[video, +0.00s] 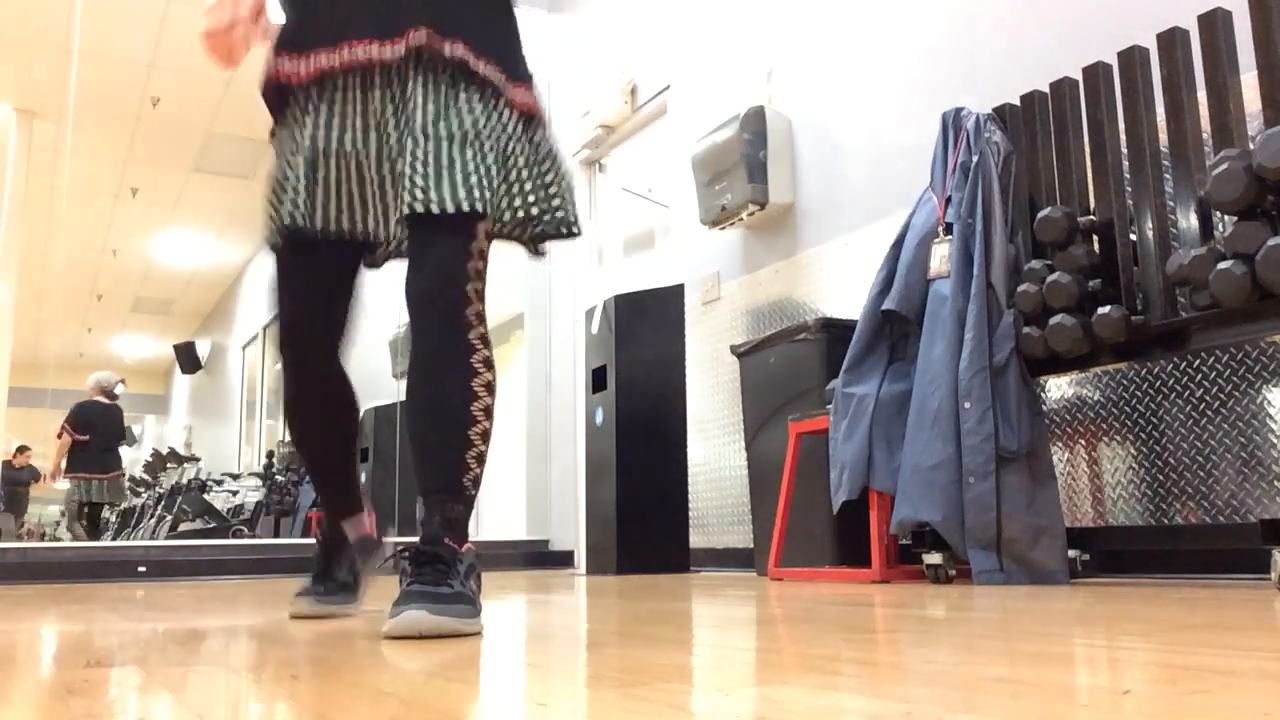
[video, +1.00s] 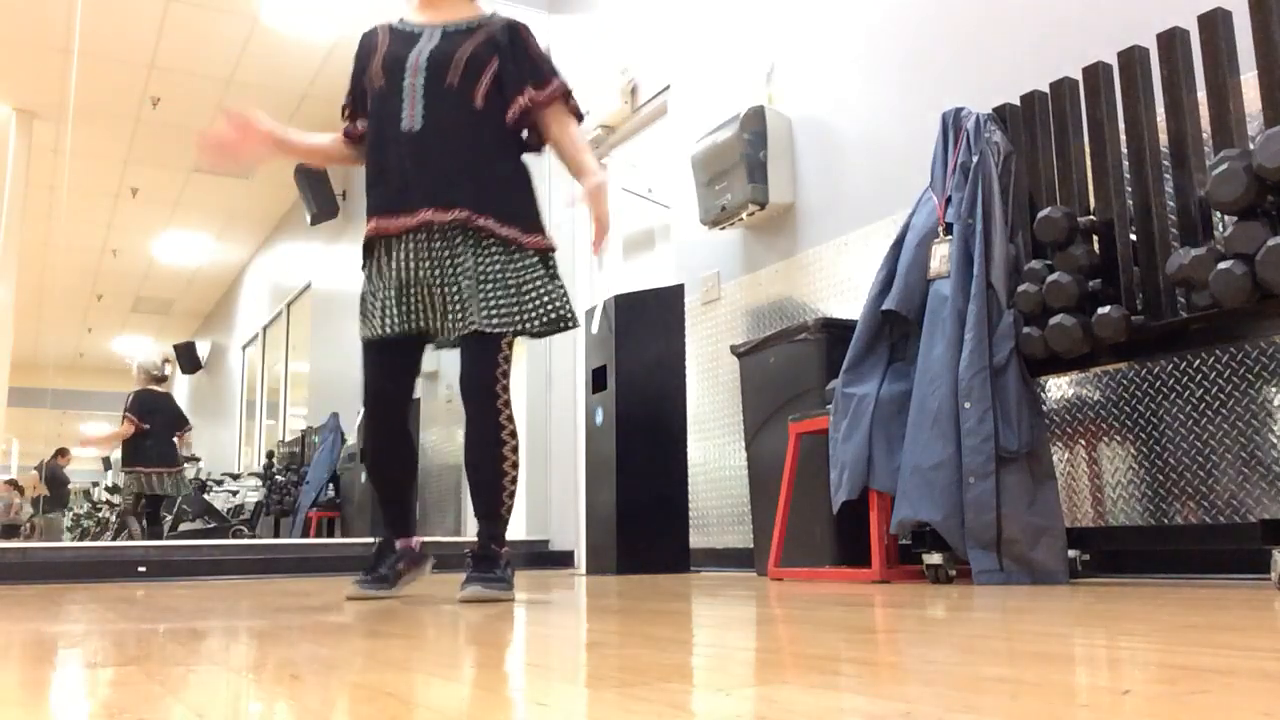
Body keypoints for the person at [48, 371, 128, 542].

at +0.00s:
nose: (88, 388)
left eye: (90, 386)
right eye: (89, 386)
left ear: (93, 387)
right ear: (111, 389)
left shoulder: (81, 408)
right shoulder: (116, 410)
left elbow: (66, 439)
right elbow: (120, 439)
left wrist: (56, 464)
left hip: (81, 476)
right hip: (108, 475)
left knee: (73, 521)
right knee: (94, 521)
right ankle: (95, 558)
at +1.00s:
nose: (134, 375)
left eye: (136, 371)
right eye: (135, 370)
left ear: (141, 373)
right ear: (160, 375)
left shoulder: (138, 396)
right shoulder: (167, 397)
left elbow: (127, 430)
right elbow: (182, 431)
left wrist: (97, 441)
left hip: (139, 467)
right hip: (166, 467)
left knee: (129, 511)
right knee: (154, 514)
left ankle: (139, 548)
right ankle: (155, 555)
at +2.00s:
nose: (186, 374)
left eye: (188, 370)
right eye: (186, 370)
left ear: (196, 371)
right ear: (208, 372)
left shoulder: (191, 394)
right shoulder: (218, 395)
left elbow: (185, 426)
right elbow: (231, 430)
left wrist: (168, 450)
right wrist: (209, 440)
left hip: (188, 468)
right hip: (214, 467)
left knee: (165, 506)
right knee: (203, 511)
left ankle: (166, 551)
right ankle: (212, 553)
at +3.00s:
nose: (190, 366)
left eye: (192, 363)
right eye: (191, 362)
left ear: (197, 366)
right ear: (215, 367)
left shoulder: (196, 389)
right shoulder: (221, 392)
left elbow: (184, 421)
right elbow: (229, 432)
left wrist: (163, 427)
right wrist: (230, 463)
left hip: (190, 466)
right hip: (214, 466)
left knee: (171, 506)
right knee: (200, 510)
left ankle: (179, 551)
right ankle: (204, 554)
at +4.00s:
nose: (210, 365)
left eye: (212, 361)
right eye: (210, 361)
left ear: (219, 363)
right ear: (236, 363)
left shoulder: (215, 387)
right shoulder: (246, 386)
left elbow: (213, 414)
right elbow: (253, 421)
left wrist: (205, 448)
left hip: (219, 458)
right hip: (249, 458)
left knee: (206, 508)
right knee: (251, 507)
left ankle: (210, 556)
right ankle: (267, 552)